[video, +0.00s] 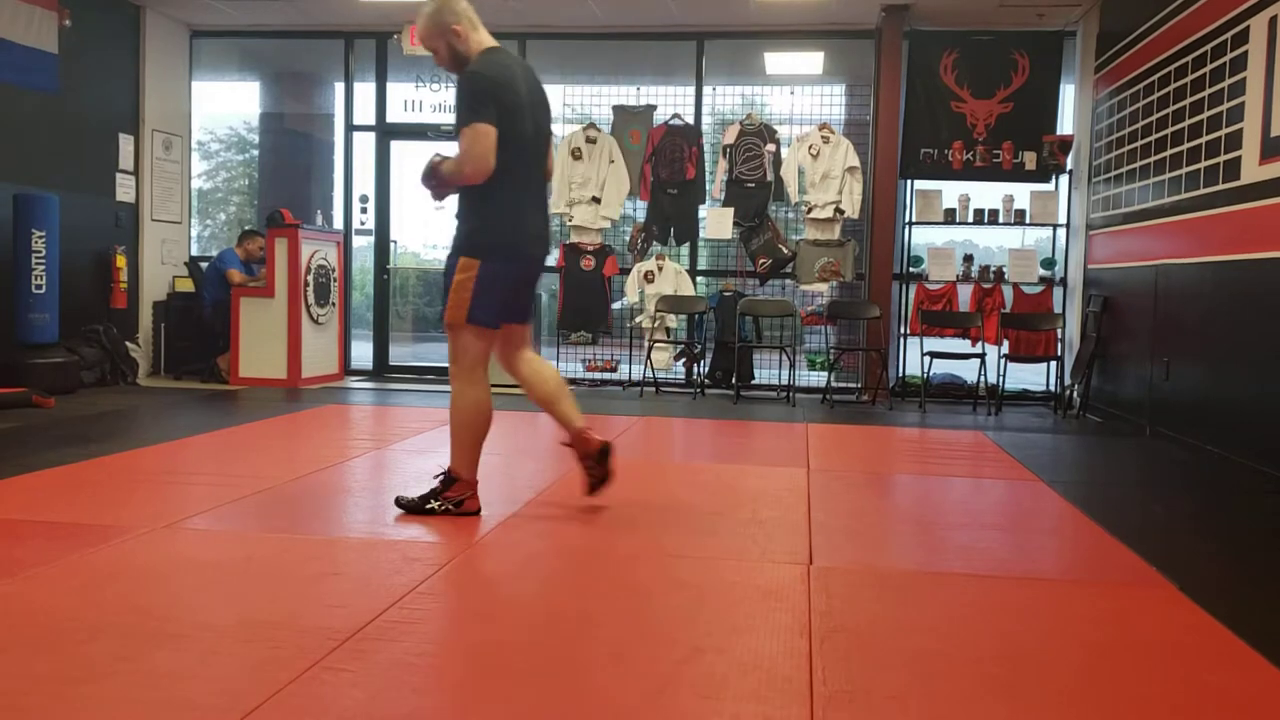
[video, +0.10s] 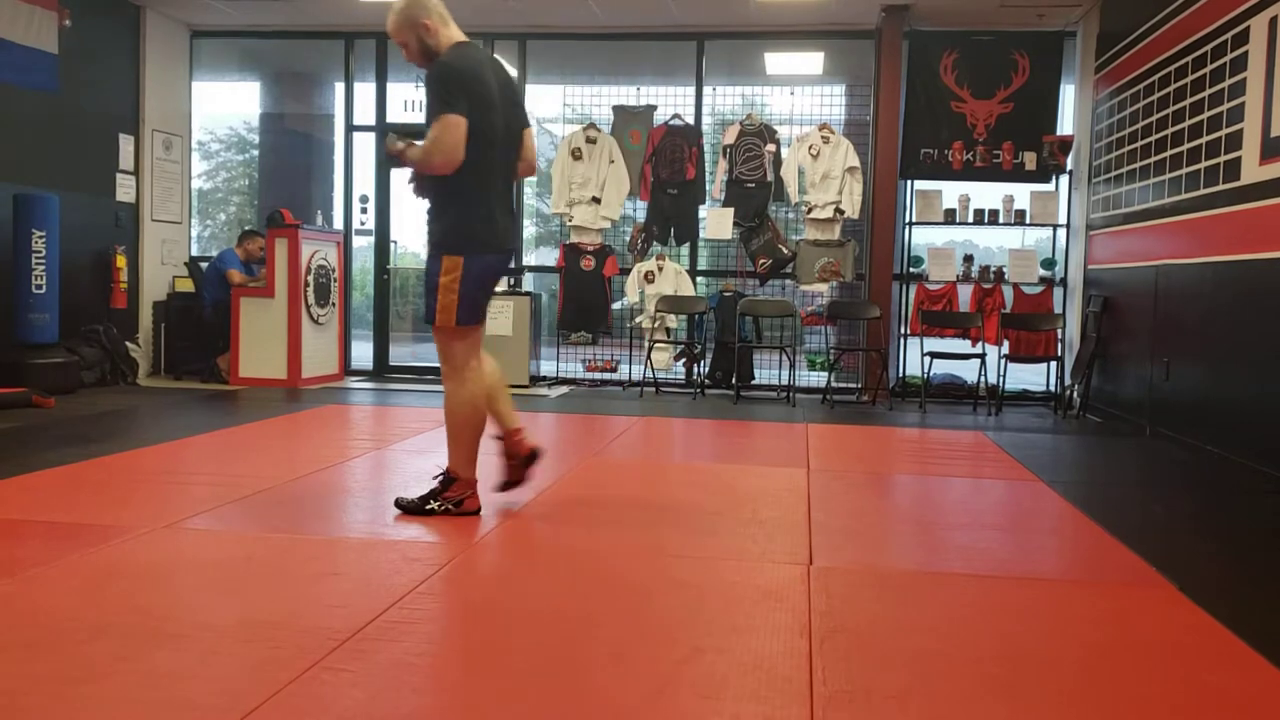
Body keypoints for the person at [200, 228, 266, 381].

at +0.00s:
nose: (261, 253)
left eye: (262, 250)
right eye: (260, 248)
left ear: (248, 245)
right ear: (247, 244)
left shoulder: (245, 263)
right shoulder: (228, 255)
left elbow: (252, 282)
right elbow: (236, 279)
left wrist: (265, 276)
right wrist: (258, 278)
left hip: (230, 307)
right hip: (214, 308)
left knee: (258, 328)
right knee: (252, 331)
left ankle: (226, 363)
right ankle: (223, 362)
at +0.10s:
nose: (261, 254)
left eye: (262, 250)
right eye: (260, 249)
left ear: (248, 245)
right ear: (247, 244)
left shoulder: (246, 264)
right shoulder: (228, 255)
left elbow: (253, 283)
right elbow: (236, 280)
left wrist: (266, 276)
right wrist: (259, 278)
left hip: (230, 308)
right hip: (213, 309)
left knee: (259, 327)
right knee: (253, 331)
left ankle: (226, 364)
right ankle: (223, 363)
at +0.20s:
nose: (262, 254)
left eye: (263, 250)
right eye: (260, 249)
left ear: (248, 245)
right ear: (247, 244)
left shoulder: (246, 264)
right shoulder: (228, 256)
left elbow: (253, 284)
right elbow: (236, 280)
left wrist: (267, 277)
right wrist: (259, 279)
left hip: (230, 308)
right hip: (213, 308)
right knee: (252, 332)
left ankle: (226, 363)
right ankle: (223, 363)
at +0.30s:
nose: (261, 254)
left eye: (262, 250)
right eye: (260, 249)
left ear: (248, 245)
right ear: (247, 244)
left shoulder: (246, 264)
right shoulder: (228, 256)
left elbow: (252, 284)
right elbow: (235, 280)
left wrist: (267, 277)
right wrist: (259, 279)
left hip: (230, 307)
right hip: (214, 308)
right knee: (253, 331)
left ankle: (226, 363)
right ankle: (223, 362)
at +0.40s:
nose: (261, 254)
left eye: (263, 250)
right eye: (260, 249)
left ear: (248, 245)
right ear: (247, 244)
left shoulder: (246, 264)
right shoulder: (229, 256)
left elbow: (253, 284)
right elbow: (236, 280)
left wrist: (267, 277)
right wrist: (259, 279)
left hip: (231, 308)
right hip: (214, 308)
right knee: (252, 332)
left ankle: (227, 363)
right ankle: (223, 362)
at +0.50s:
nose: (261, 254)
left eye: (262, 250)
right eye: (260, 249)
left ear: (248, 245)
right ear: (247, 244)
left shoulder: (246, 264)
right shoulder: (228, 255)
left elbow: (252, 284)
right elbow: (235, 280)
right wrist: (258, 278)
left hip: (230, 308)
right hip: (213, 309)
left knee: (259, 327)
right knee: (253, 330)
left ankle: (227, 363)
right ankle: (224, 362)